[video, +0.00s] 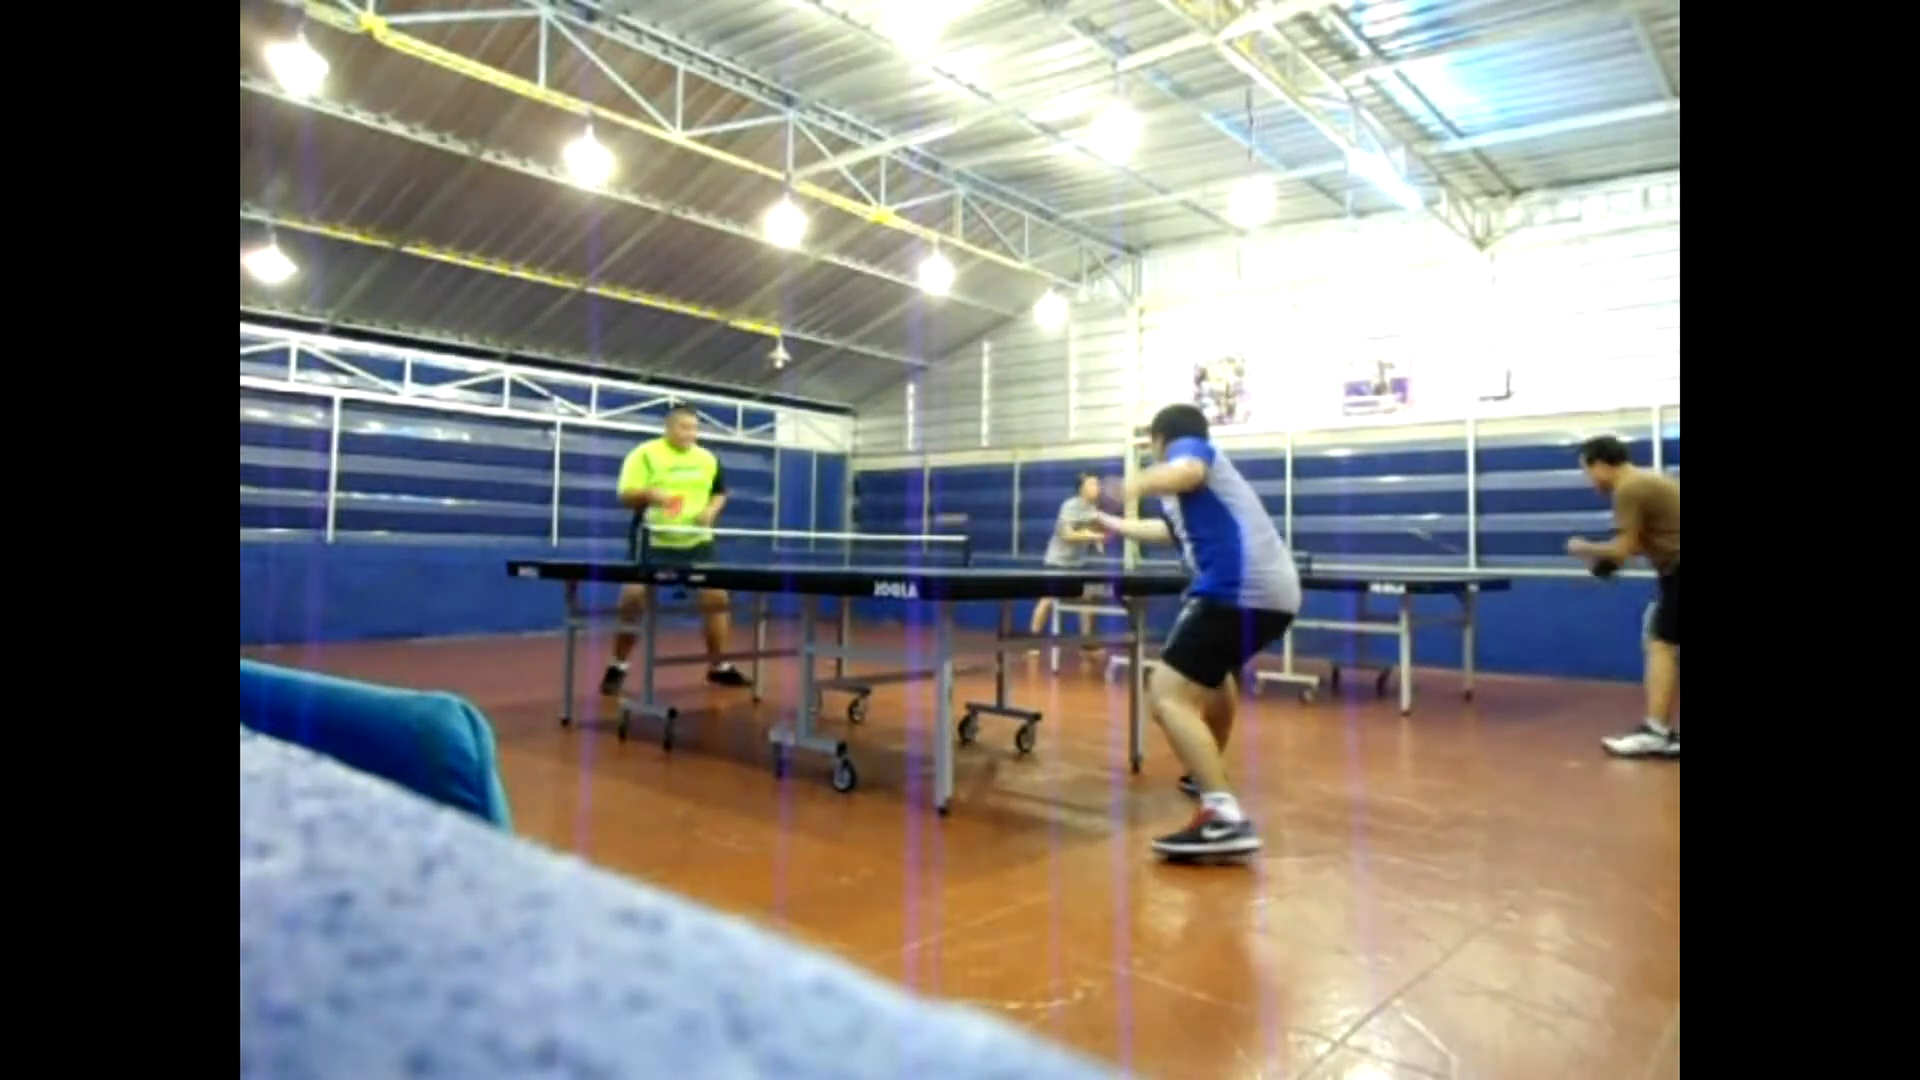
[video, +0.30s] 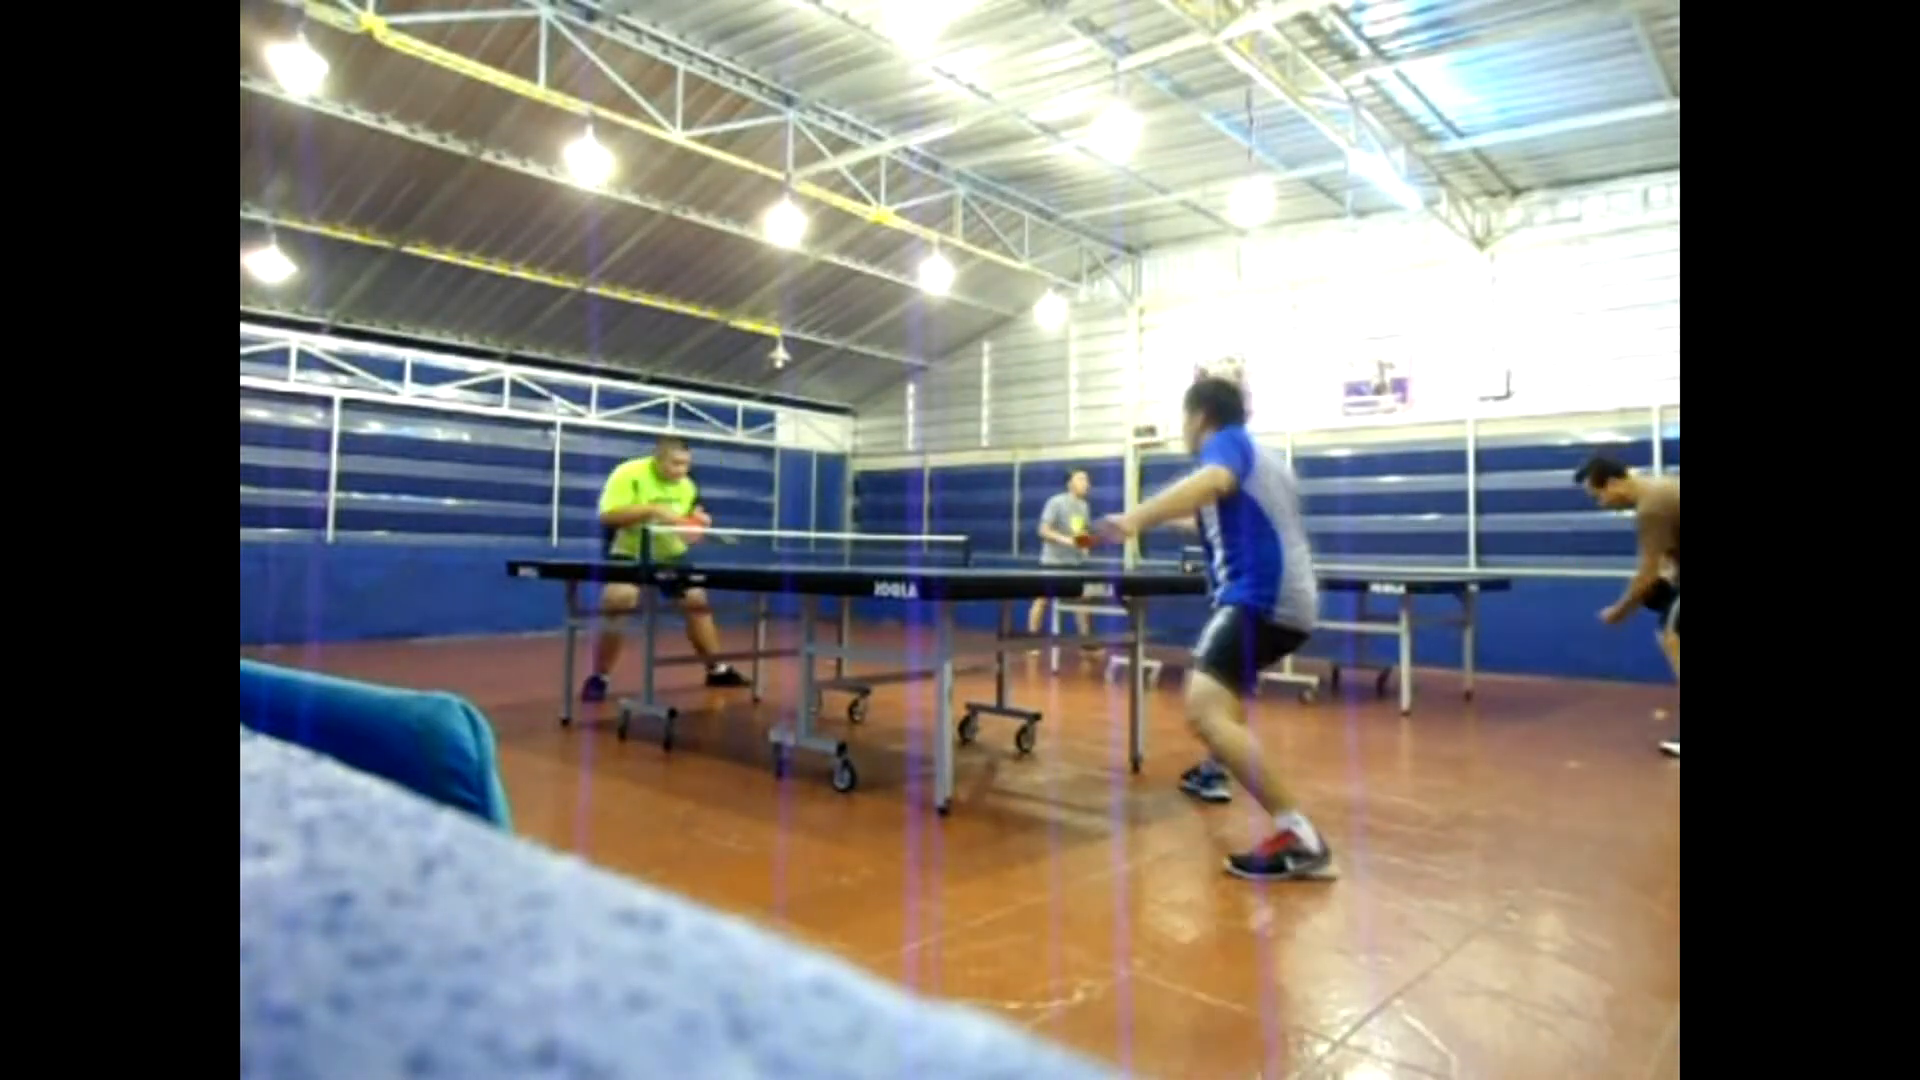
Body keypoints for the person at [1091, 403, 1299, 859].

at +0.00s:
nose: (1151, 451)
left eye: (1153, 444)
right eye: (1151, 446)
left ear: (1166, 438)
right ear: (1198, 435)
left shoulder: (1190, 446)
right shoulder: (1207, 473)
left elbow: (1187, 474)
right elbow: (1166, 529)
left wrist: (1128, 488)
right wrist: (1109, 522)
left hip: (1238, 591)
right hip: (1271, 594)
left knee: (1167, 695)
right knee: (1215, 679)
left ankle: (1221, 811)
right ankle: (1206, 772)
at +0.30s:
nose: (1183, 428)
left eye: (1187, 417)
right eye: (1185, 417)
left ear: (1204, 416)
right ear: (1233, 414)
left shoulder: (1228, 443)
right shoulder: (1262, 456)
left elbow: (1215, 482)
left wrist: (1133, 519)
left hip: (1257, 601)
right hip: (1286, 604)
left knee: (1206, 710)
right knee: (1219, 678)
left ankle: (1296, 833)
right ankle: (1220, 766)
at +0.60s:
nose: (1233, 399)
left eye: (1237, 387)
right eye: (1233, 388)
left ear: (1258, 382)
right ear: (1289, 380)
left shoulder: (1272, 410)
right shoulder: (1326, 424)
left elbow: (1246, 474)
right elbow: (1319, 515)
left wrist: (1167, 526)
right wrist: (1242, 516)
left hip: (1301, 585)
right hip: (1357, 590)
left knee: (1240, 697)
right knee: (1312, 691)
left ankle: (1315, 856)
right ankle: (1369, 806)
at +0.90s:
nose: (1251, 449)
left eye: (1252, 438)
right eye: (1248, 441)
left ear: (1276, 427)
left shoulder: (1345, 441)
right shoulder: (1292, 501)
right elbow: (1292, 572)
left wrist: (1188, 479)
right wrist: (1297, 615)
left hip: (1436, 603)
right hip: (1387, 609)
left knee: (1339, 690)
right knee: (1334, 695)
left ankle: (1345, 867)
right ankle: (1385, 809)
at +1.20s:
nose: (1328, 404)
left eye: (1333, 391)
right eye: (1329, 394)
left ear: (1359, 390)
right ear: (1368, 391)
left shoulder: (1417, 441)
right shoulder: (1373, 443)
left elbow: (1345, 494)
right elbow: (1307, 451)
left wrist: (1232, 499)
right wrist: (1243, 408)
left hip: (1447, 626)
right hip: (1422, 619)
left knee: (1334, 734)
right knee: (1358, 700)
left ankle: (1453, 887)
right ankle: (1384, 808)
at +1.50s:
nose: (1390, 334)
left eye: (1394, 319)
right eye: (1390, 321)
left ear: (1418, 316)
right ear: (1459, 314)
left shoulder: (1449, 357)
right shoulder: (1498, 371)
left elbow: (1393, 431)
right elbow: (1498, 482)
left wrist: (1288, 460)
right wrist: (1420, 518)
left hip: (1489, 569)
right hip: (1550, 573)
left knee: (1377, 702)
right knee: (1498, 705)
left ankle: (1459, 886)